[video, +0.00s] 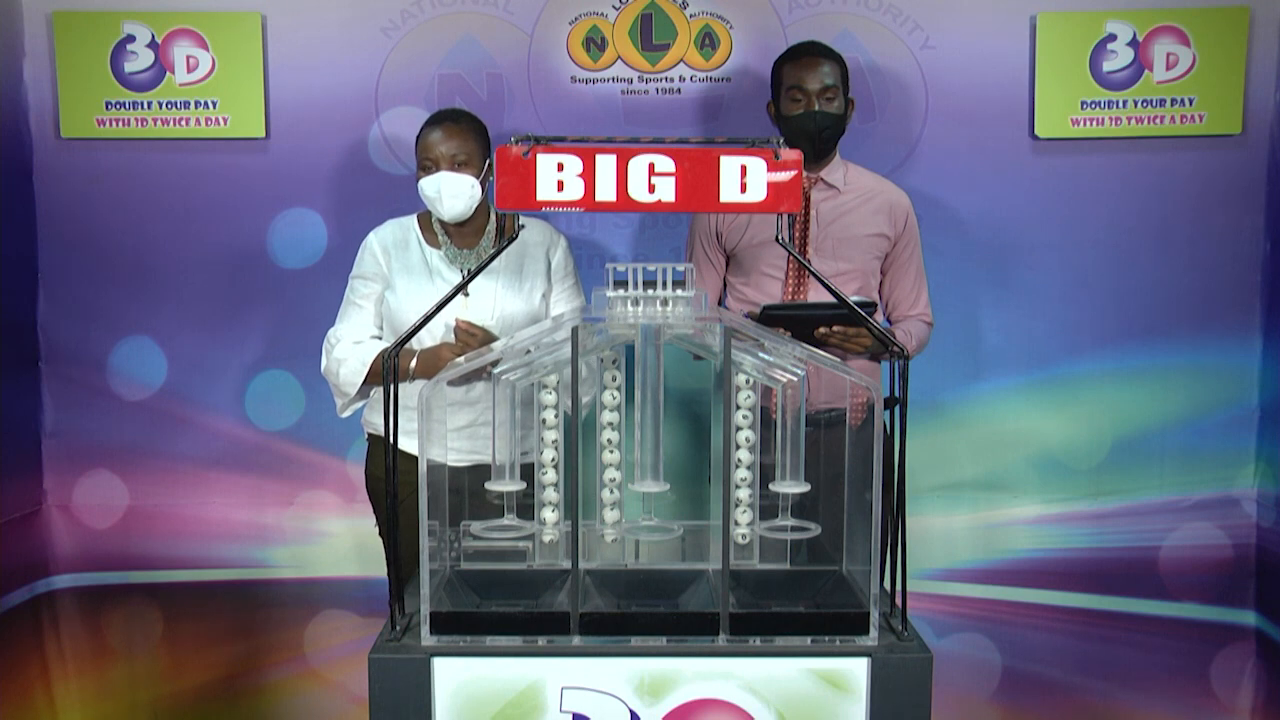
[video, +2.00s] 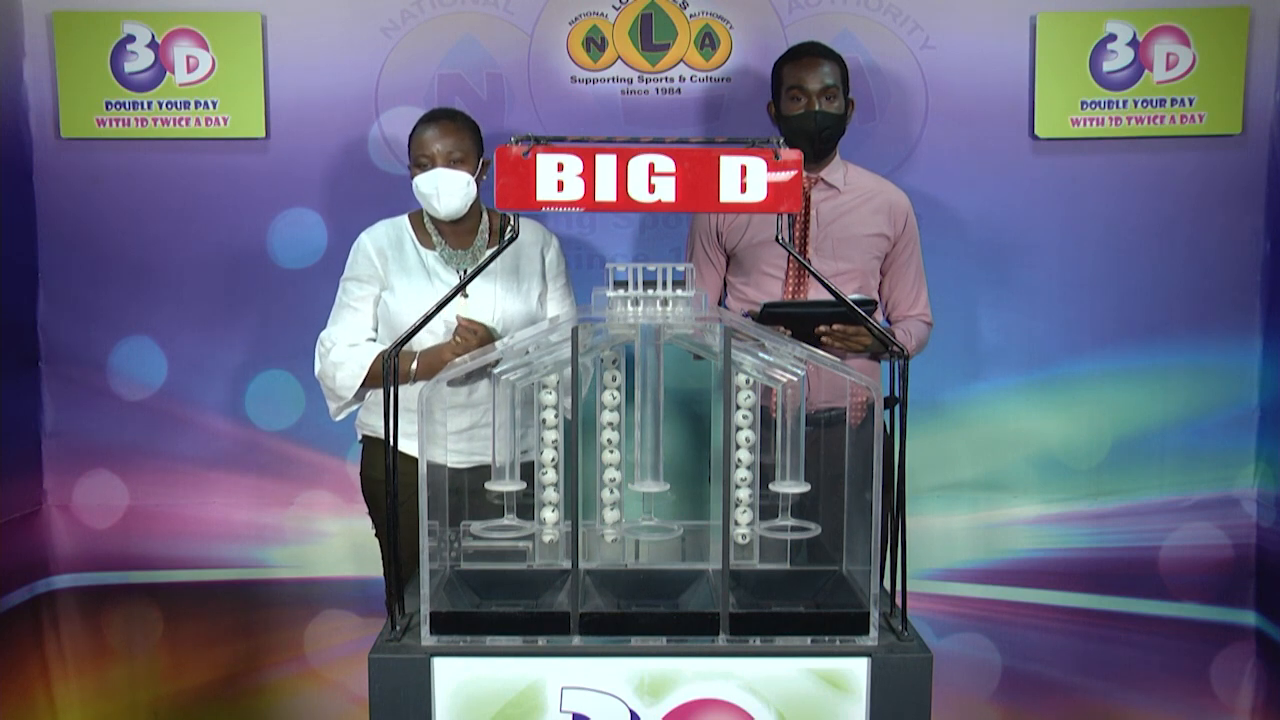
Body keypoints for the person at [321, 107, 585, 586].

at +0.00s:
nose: (444, 180)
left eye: (459, 164)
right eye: (430, 167)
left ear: (487, 167)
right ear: (417, 174)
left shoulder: (544, 247)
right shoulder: (385, 247)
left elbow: (574, 362)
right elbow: (342, 358)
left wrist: (502, 355)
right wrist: (423, 361)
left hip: (512, 465)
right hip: (408, 465)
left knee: (505, 617)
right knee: (416, 616)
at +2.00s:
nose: (442, 179)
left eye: (456, 163)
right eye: (427, 166)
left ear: (480, 167)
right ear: (412, 171)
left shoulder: (535, 244)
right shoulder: (378, 247)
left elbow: (566, 350)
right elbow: (337, 363)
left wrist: (501, 353)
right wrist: (431, 360)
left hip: (507, 461)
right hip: (405, 461)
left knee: (501, 616)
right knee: (416, 616)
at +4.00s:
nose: (449, 174)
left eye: (465, 160)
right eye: (436, 159)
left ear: (492, 167)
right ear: (422, 164)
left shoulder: (538, 247)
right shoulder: (381, 248)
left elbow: (567, 362)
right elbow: (337, 360)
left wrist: (494, 360)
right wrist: (415, 362)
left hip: (506, 465)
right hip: (404, 465)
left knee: (500, 618)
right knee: (415, 616)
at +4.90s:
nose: (464, 171)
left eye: (482, 160)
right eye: (452, 155)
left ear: (504, 172)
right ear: (431, 162)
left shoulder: (539, 244)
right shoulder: (380, 244)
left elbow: (571, 357)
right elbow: (338, 358)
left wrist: (503, 357)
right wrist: (429, 363)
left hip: (509, 463)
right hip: (407, 463)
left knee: (504, 618)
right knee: (416, 615)